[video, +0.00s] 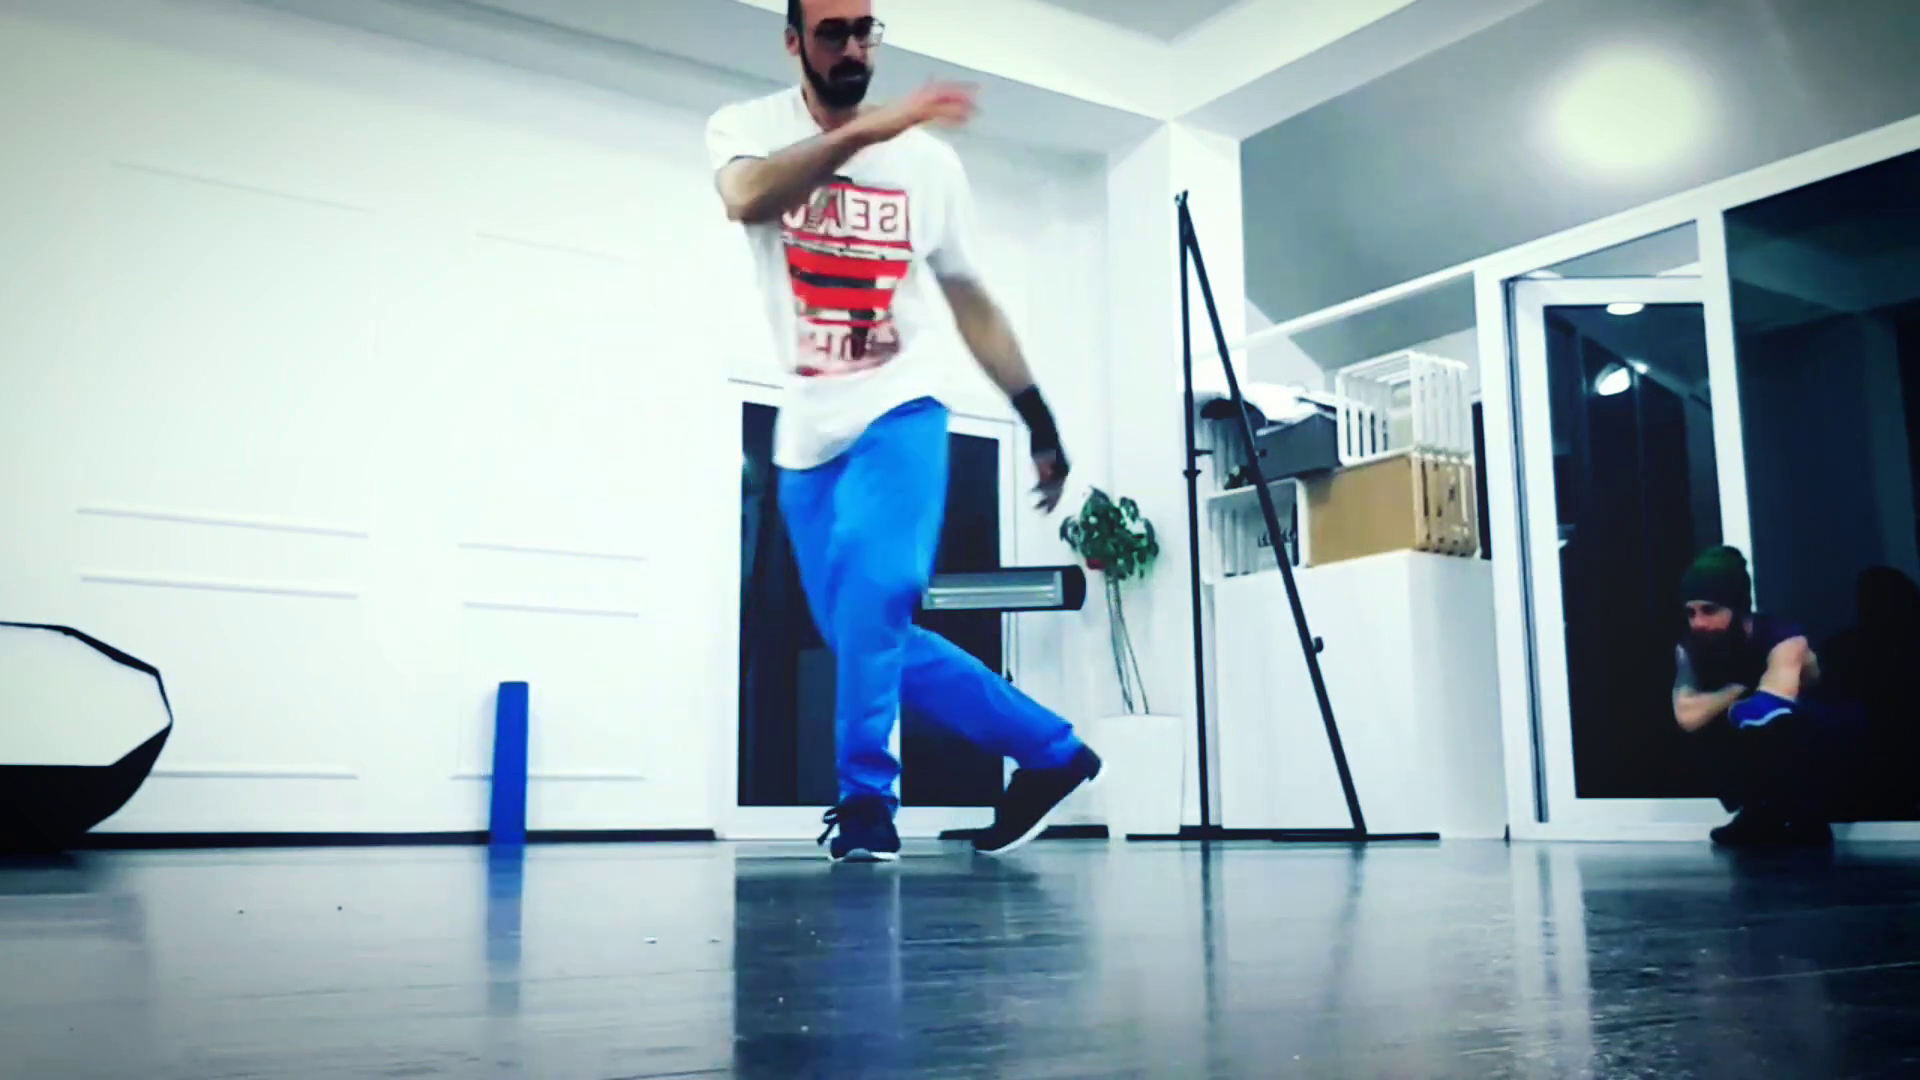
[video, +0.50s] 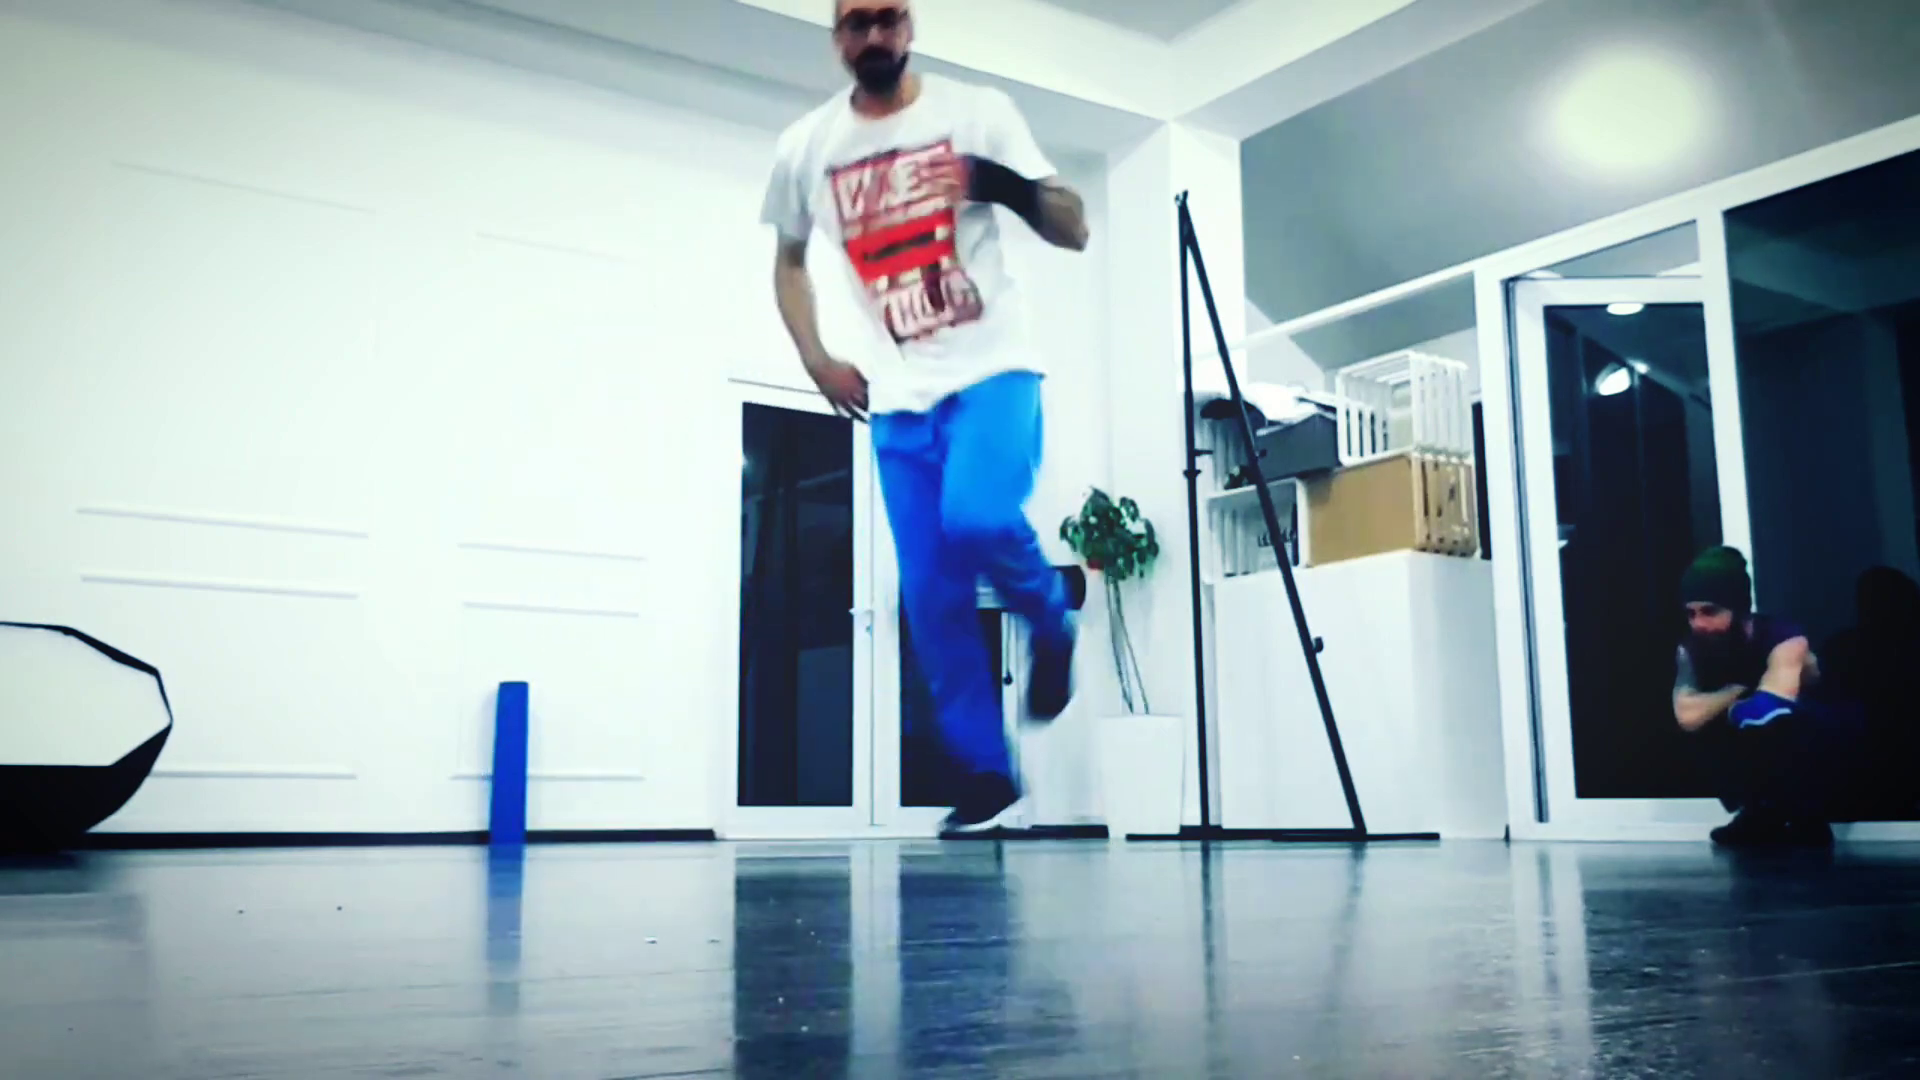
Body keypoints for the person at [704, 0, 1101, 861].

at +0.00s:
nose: (853, 51)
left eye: (864, 32)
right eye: (833, 33)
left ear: (878, 36)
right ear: (794, 40)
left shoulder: (927, 161)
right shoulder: (748, 129)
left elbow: (971, 301)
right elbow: (746, 198)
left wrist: (1037, 415)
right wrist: (869, 128)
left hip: (902, 405)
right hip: (803, 426)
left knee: (874, 590)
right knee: (859, 632)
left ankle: (866, 803)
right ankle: (1050, 751)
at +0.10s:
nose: (834, 46)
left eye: (845, 27)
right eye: (812, 31)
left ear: (862, 27)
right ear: (776, 38)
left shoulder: (931, 128)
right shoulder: (744, 141)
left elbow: (986, 252)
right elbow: (733, 251)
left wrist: (1027, 367)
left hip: (945, 392)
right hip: (845, 409)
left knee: (920, 587)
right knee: (885, 601)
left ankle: (903, 790)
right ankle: (995, 758)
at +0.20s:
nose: (822, 72)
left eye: (833, 52)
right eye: (801, 58)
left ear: (852, 53)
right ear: (772, 70)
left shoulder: (934, 141)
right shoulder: (763, 187)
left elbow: (1011, 270)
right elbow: (757, 335)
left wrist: (955, 327)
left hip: (968, 393)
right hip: (871, 417)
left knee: (954, 568)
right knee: (894, 606)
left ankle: (1015, 770)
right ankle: (941, 791)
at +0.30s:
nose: (826, 99)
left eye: (839, 81)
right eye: (806, 87)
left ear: (863, 85)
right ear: (784, 101)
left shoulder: (939, 172)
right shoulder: (782, 234)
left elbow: (1019, 296)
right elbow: (793, 372)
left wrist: (952, 304)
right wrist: (820, 485)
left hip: (986, 451)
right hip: (885, 465)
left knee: (997, 627)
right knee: (893, 649)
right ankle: (965, 804)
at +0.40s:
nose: (846, 75)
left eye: (859, 58)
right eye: (828, 62)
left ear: (884, 66)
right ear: (805, 78)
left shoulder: (956, 147)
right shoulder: (796, 201)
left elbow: (1045, 258)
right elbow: (802, 318)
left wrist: (963, 232)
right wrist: (832, 418)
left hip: (992, 416)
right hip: (894, 439)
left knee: (997, 583)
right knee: (917, 631)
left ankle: (1091, 563)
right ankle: (964, 803)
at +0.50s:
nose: (875, 38)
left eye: (890, 20)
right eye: (858, 23)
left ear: (913, 28)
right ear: (835, 35)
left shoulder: (980, 111)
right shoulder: (805, 146)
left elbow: (1075, 230)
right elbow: (789, 264)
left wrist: (1002, 185)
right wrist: (818, 359)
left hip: (993, 368)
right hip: (897, 391)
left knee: (976, 518)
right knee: (930, 588)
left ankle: (1050, 613)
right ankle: (986, 778)